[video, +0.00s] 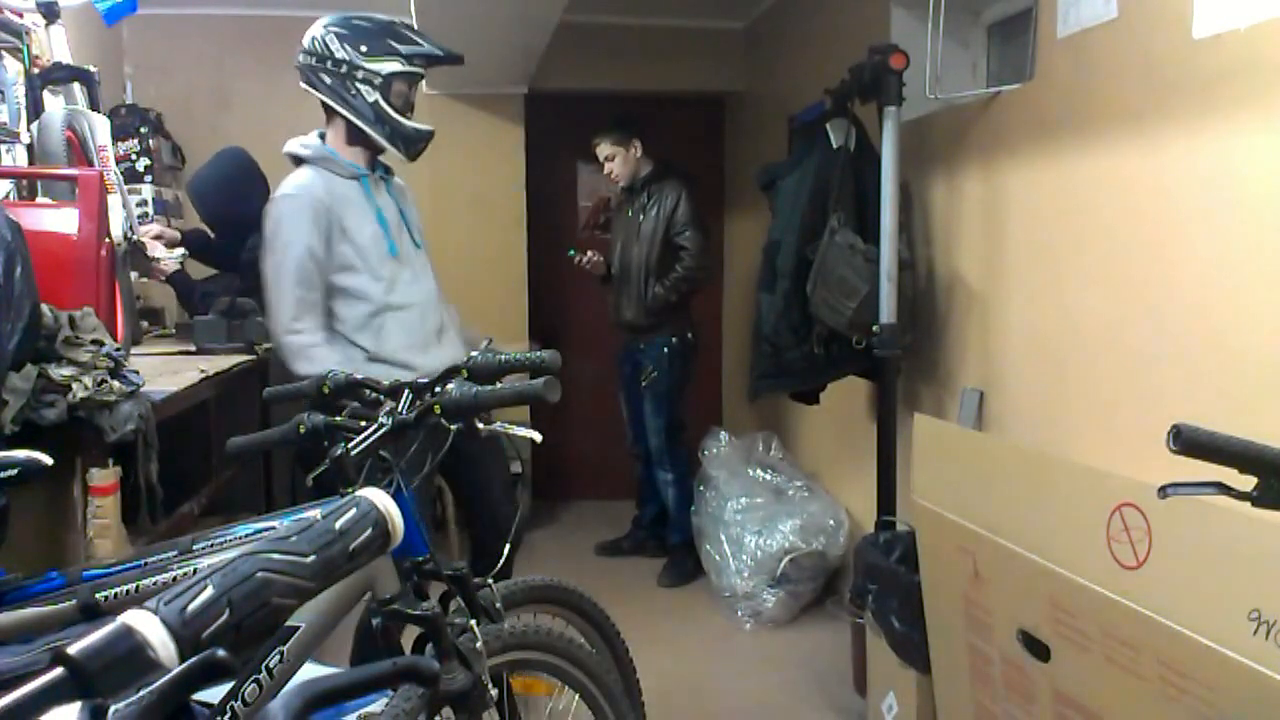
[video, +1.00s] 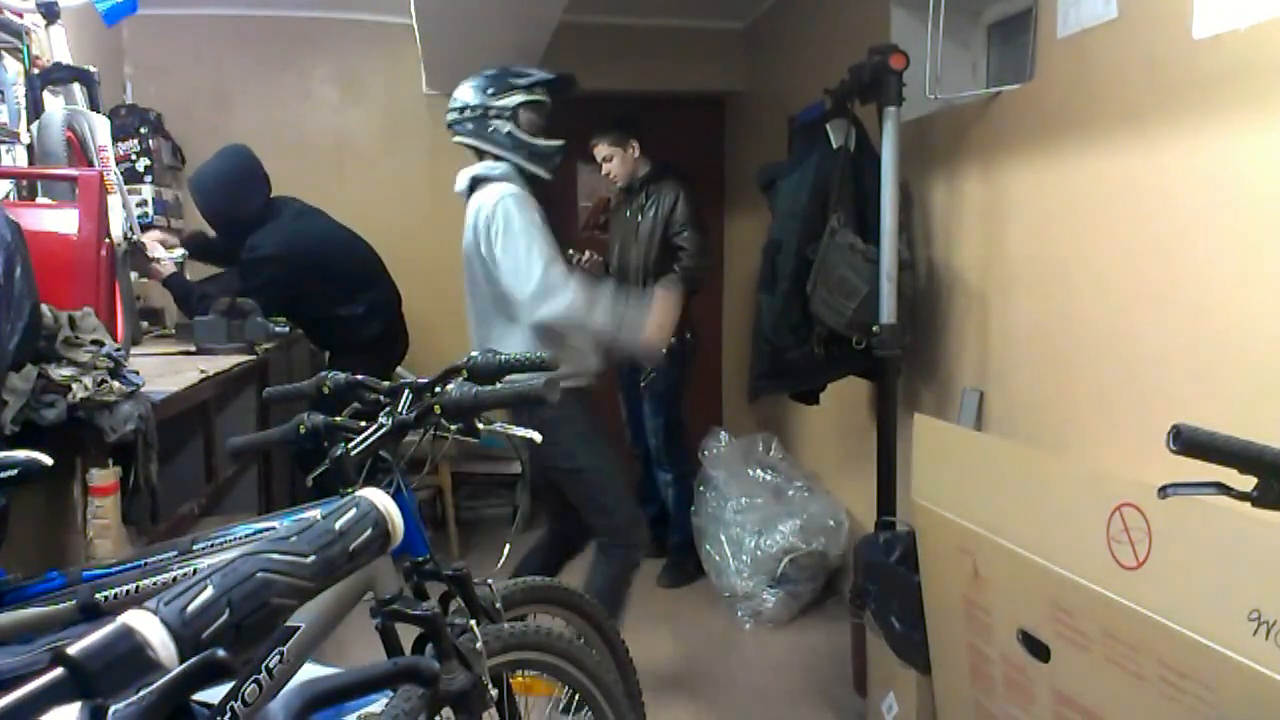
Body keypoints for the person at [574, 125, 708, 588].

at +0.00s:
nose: (606, 170)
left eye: (610, 159)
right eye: (602, 163)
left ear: (636, 151)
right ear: (611, 165)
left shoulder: (671, 193)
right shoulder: (625, 205)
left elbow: (695, 259)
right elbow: (625, 270)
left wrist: (658, 296)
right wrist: (604, 269)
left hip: (664, 336)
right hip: (632, 335)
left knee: (663, 441)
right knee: (640, 442)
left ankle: (683, 545)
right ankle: (649, 530)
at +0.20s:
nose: (607, 170)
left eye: (610, 159)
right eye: (602, 163)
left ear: (636, 149)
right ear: (610, 163)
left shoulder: (671, 193)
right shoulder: (626, 204)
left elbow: (694, 262)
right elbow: (627, 266)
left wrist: (655, 297)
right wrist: (605, 268)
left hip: (665, 334)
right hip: (632, 333)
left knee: (663, 441)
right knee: (640, 441)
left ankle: (684, 545)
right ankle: (650, 530)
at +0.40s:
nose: (606, 170)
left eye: (609, 159)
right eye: (601, 163)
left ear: (636, 149)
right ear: (610, 163)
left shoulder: (670, 192)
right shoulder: (624, 204)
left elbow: (694, 262)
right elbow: (626, 267)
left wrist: (656, 297)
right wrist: (604, 268)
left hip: (664, 334)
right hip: (631, 333)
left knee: (663, 441)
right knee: (640, 441)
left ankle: (683, 545)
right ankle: (649, 531)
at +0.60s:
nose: (605, 170)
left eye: (609, 159)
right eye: (600, 163)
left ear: (636, 150)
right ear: (610, 164)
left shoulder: (671, 194)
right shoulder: (623, 206)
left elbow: (693, 263)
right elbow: (620, 269)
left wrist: (644, 306)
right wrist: (600, 275)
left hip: (664, 338)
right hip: (631, 338)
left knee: (663, 443)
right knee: (640, 442)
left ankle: (684, 546)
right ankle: (650, 530)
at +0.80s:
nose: (605, 171)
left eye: (608, 160)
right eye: (600, 164)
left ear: (635, 150)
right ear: (610, 164)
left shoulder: (671, 193)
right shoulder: (624, 205)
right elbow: (626, 268)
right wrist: (603, 268)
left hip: (665, 336)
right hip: (631, 335)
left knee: (664, 443)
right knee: (640, 442)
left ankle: (684, 547)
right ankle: (650, 531)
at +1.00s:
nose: (604, 170)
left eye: (608, 159)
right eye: (599, 163)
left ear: (634, 150)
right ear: (609, 163)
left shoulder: (671, 194)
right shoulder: (620, 204)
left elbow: (691, 259)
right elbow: (618, 267)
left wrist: (661, 308)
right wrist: (596, 268)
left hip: (663, 333)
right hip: (625, 331)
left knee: (663, 442)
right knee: (639, 442)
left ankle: (685, 547)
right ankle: (656, 532)